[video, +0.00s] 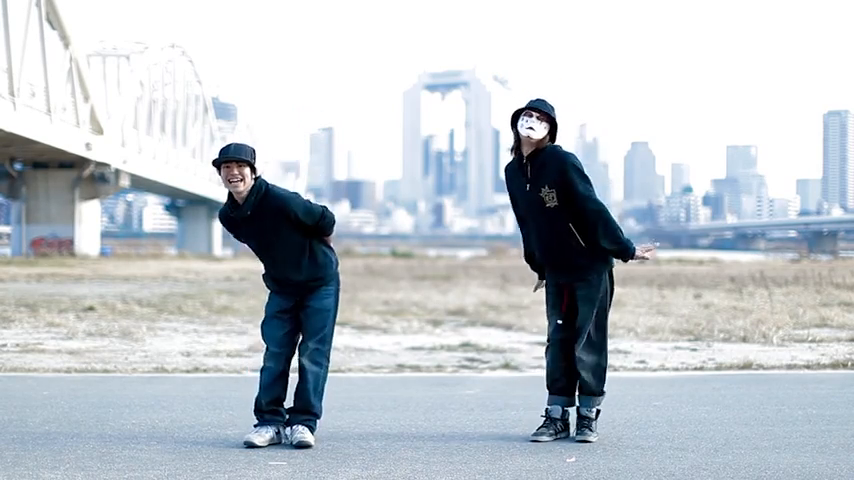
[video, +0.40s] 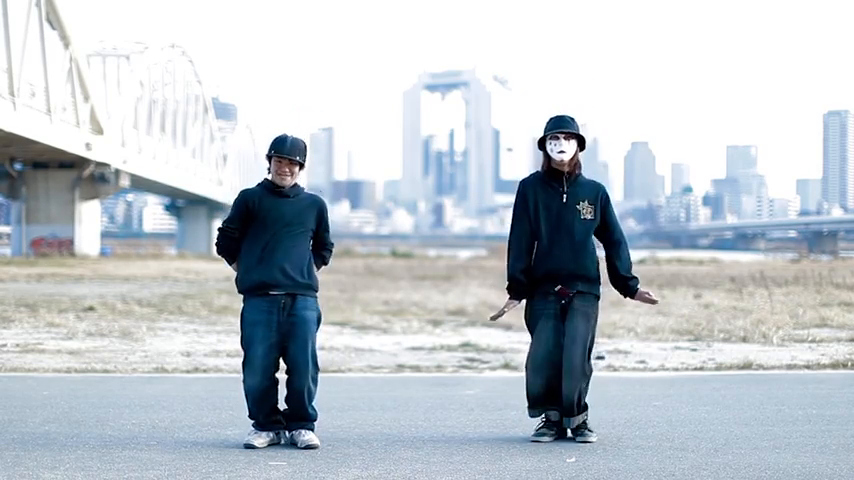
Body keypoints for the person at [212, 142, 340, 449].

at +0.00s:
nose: (235, 173)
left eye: (241, 166)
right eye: (228, 168)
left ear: (252, 170)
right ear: (220, 175)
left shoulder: (281, 201)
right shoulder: (227, 216)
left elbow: (326, 220)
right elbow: (261, 241)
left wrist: (319, 244)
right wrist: (297, 247)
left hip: (318, 280)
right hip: (281, 283)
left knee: (312, 352)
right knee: (275, 351)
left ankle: (303, 424)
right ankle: (270, 423)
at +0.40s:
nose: (285, 168)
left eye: (292, 163)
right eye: (280, 161)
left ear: (301, 167)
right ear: (269, 162)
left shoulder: (315, 205)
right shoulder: (249, 198)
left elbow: (323, 249)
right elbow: (225, 242)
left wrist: (301, 269)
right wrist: (249, 268)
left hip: (302, 297)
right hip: (259, 298)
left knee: (303, 364)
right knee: (257, 367)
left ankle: (302, 427)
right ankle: (265, 427)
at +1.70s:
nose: (246, 138)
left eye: (252, 133)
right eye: (240, 135)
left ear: (265, 139)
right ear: (233, 145)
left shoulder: (293, 173)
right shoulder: (237, 191)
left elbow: (328, 205)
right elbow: (254, 227)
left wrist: (320, 237)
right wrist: (287, 240)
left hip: (314, 276)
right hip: (276, 279)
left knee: (307, 352)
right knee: (270, 352)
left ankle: (301, 424)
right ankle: (268, 423)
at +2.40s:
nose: (291, 161)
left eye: (298, 156)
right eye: (286, 155)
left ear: (307, 163)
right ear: (275, 159)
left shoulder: (321, 205)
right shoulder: (254, 198)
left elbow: (330, 249)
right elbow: (232, 242)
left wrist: (311, 273)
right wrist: (254, 270)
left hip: (305, 297)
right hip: (262, 296)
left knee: (309, 364)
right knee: (260, 364)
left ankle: (301, 426)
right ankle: (264, 426)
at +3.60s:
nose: (242, 144)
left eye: (248, 137)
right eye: (236, 139)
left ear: (262, 141)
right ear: (230, 146)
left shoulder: (293, 175)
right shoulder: (236, 190)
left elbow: (326, 209)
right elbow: (254, 227)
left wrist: (315, 242)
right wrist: (284, 240)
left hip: (312, 277)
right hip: (272, 279)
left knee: (307, 353)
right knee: (267, 352)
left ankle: (303, 424)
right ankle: (267, 423)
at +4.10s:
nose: (281, 142)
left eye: (288, 137)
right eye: (275, 135)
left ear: (298, 141)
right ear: (266, 138)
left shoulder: (316, 177)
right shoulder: (249, 184)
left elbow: (338, 206)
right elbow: (236, 230)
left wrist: (334, 239)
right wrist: (243, 270)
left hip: (304, 286)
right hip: (262, 286)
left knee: (309, 359)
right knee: (259, 358)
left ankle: (302, 424)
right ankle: (254, 424)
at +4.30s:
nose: (287, 134)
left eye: (293, 129)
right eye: (281, 129)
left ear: (303, 134)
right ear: (272, 134)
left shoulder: (320, 171)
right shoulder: (255, 170)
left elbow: (336, 210)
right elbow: (236, 212)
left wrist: (327, 219)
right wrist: (232, 252)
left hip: (305, 280)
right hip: (263, 277)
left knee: (309, 355)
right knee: (253, 333)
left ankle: (302, 424)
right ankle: (266, 388)